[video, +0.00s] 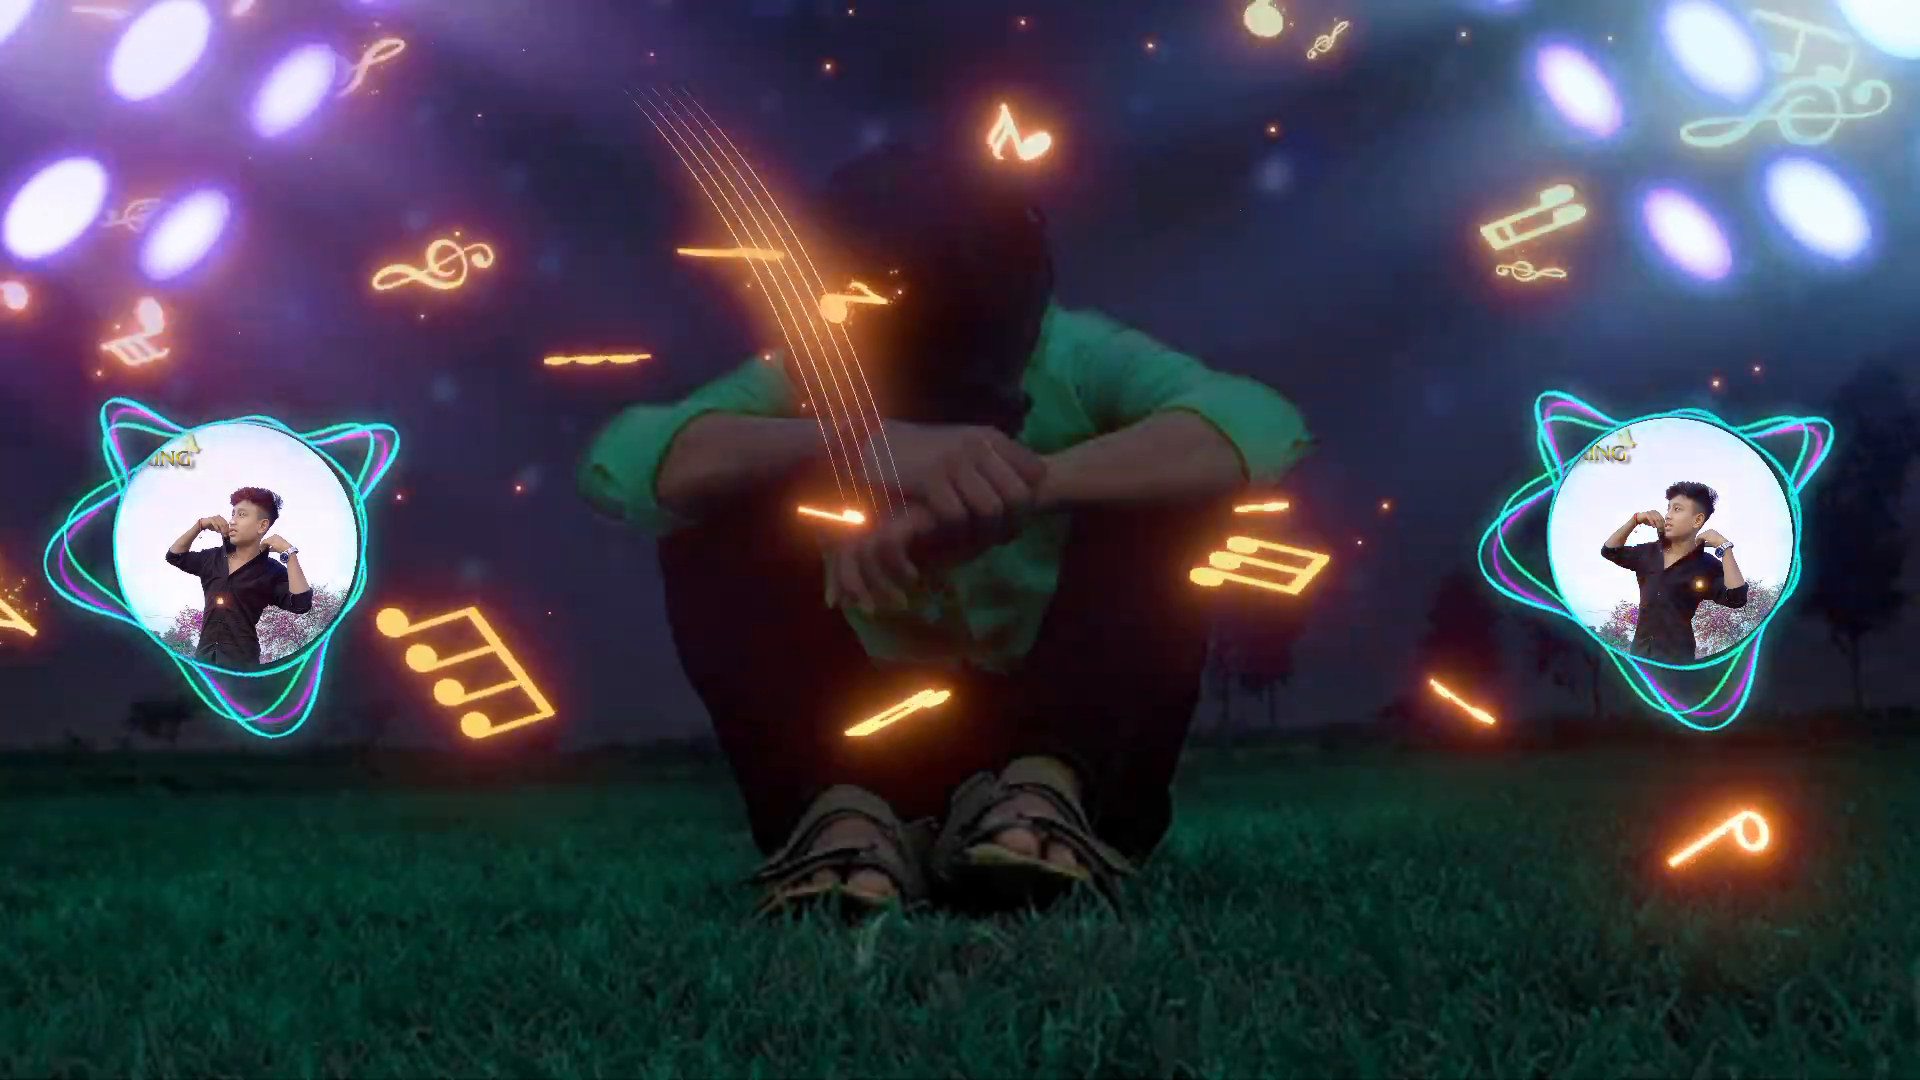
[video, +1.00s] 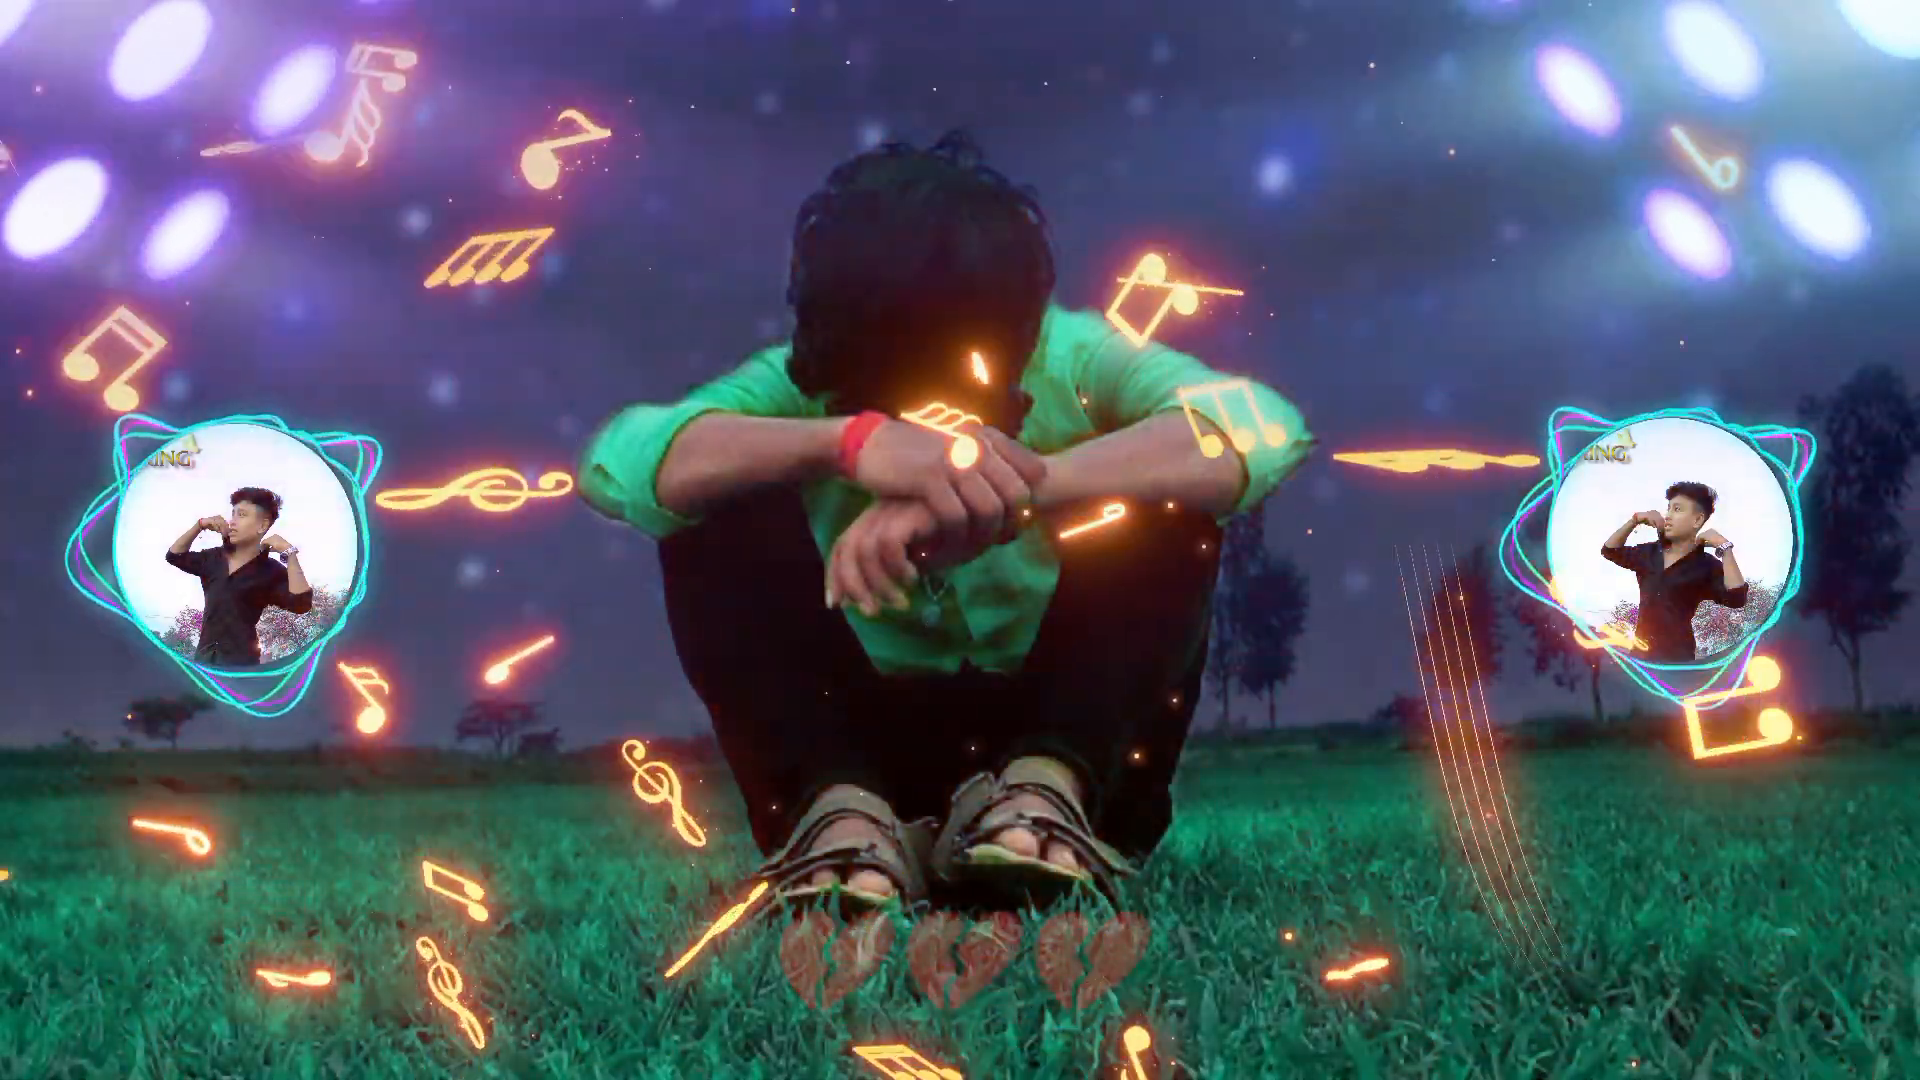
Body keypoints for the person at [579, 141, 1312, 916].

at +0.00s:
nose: (935, 401)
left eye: (968, 380)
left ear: (1011, 329)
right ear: (852, 316)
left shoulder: (1074, 353)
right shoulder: (810, 380)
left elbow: (1266, 428)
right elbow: (616, 462)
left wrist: (999, 492)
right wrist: (869, 445)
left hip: (1049, 741)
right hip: (863, 749)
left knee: (1153, 500)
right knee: (715, 522)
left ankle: (1041, 788)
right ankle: (833, 816)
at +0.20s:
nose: (910, 424)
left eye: (939, 397)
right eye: (871, 391)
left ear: (1010, 345)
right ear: (818, 349)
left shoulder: (1075, 355)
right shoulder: (793, 383)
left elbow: (1266, 430)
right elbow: (609, 463)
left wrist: (1038, 478)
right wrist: (868, 450)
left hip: (1063, 761)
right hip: (866, 772)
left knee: (1163, 491)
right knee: (712, 512)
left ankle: (1044, 796)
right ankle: (833, 821)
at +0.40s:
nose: (915, 415)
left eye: (946, 395)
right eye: (878, 389)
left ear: (1011, 345)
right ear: (824, 349)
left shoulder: (1075, 355)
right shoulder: (798, 382)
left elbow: (1268, 432)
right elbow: (617, 463)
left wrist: (1001, 486)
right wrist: (857, 441)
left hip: (1050, 736)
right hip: (869, 743)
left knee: (1160, 496)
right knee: (714, 522)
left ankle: (1051, 786)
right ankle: (833, 815)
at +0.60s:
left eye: (934, 403)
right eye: (866, 389)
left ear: (1002, 350)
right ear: (826, 342)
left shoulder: (1071, 353)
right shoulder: (802, 380)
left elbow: (1265, 429)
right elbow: (614, 469)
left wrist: (1000, 492)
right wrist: (853, 445)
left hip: (1054, 740)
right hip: (867, 749)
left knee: (1160, 500)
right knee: (712, 512)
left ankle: (1042, 799)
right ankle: (830, 825)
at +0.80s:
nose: (915, 438)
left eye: (944, 405)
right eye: (864, 397)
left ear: (1010, 354)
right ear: (818, 356)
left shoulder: (1079, 354)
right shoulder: (800, 380)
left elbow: (1266, 431)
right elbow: (611, 467)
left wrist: (994, 493)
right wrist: (853, 445)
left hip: (1049, 728)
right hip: (866, 732)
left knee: (1162, 497)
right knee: (714, 510)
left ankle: (1040, 794)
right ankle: (838, 820)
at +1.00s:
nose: (944, 444)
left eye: (973, 404)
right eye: (907, 410)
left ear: (1021, 351)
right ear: (831, 366)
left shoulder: (1073, 351)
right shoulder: (794, 381)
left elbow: (1265, 427)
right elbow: (613, 467)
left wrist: (996, 494)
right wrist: (849, 444)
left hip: (1040, 735)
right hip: (860, 741)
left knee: (1161, 510)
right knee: (714, 507)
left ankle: (1041, 787)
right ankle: (838, 809)